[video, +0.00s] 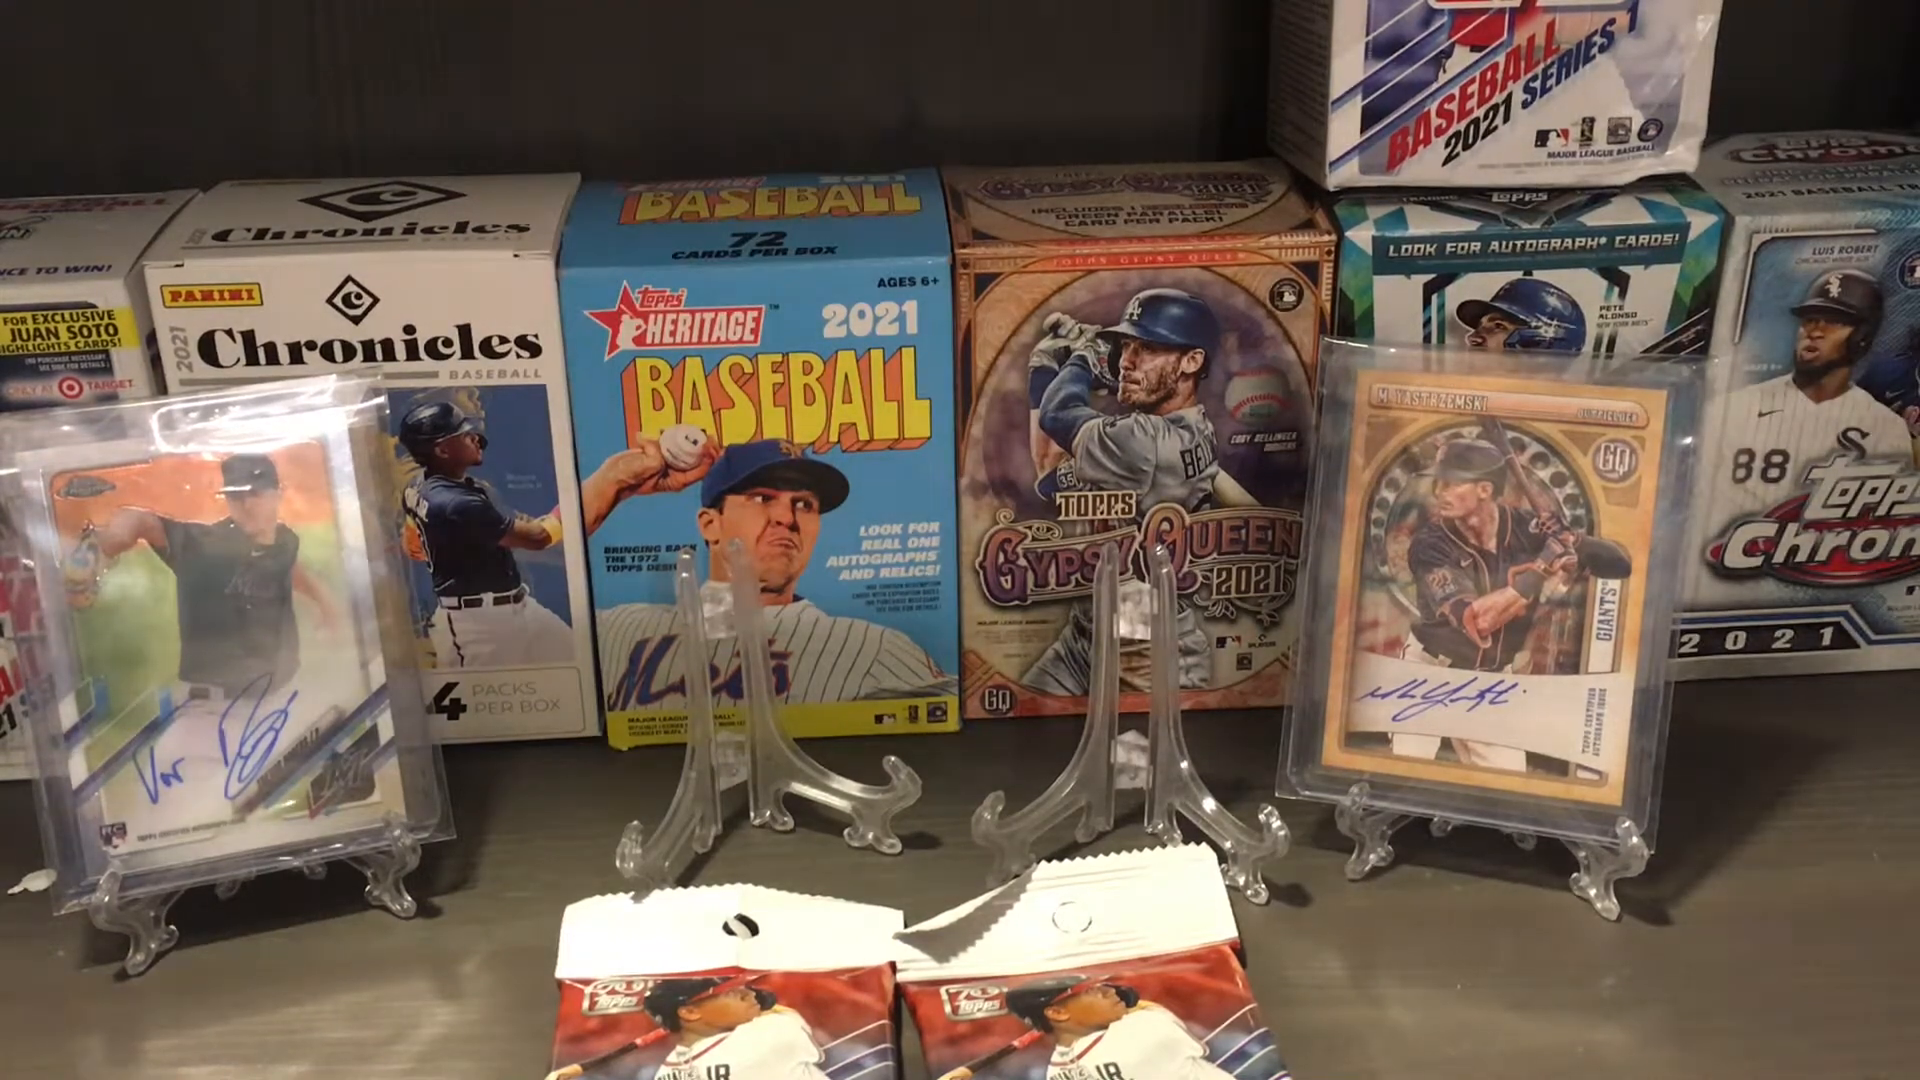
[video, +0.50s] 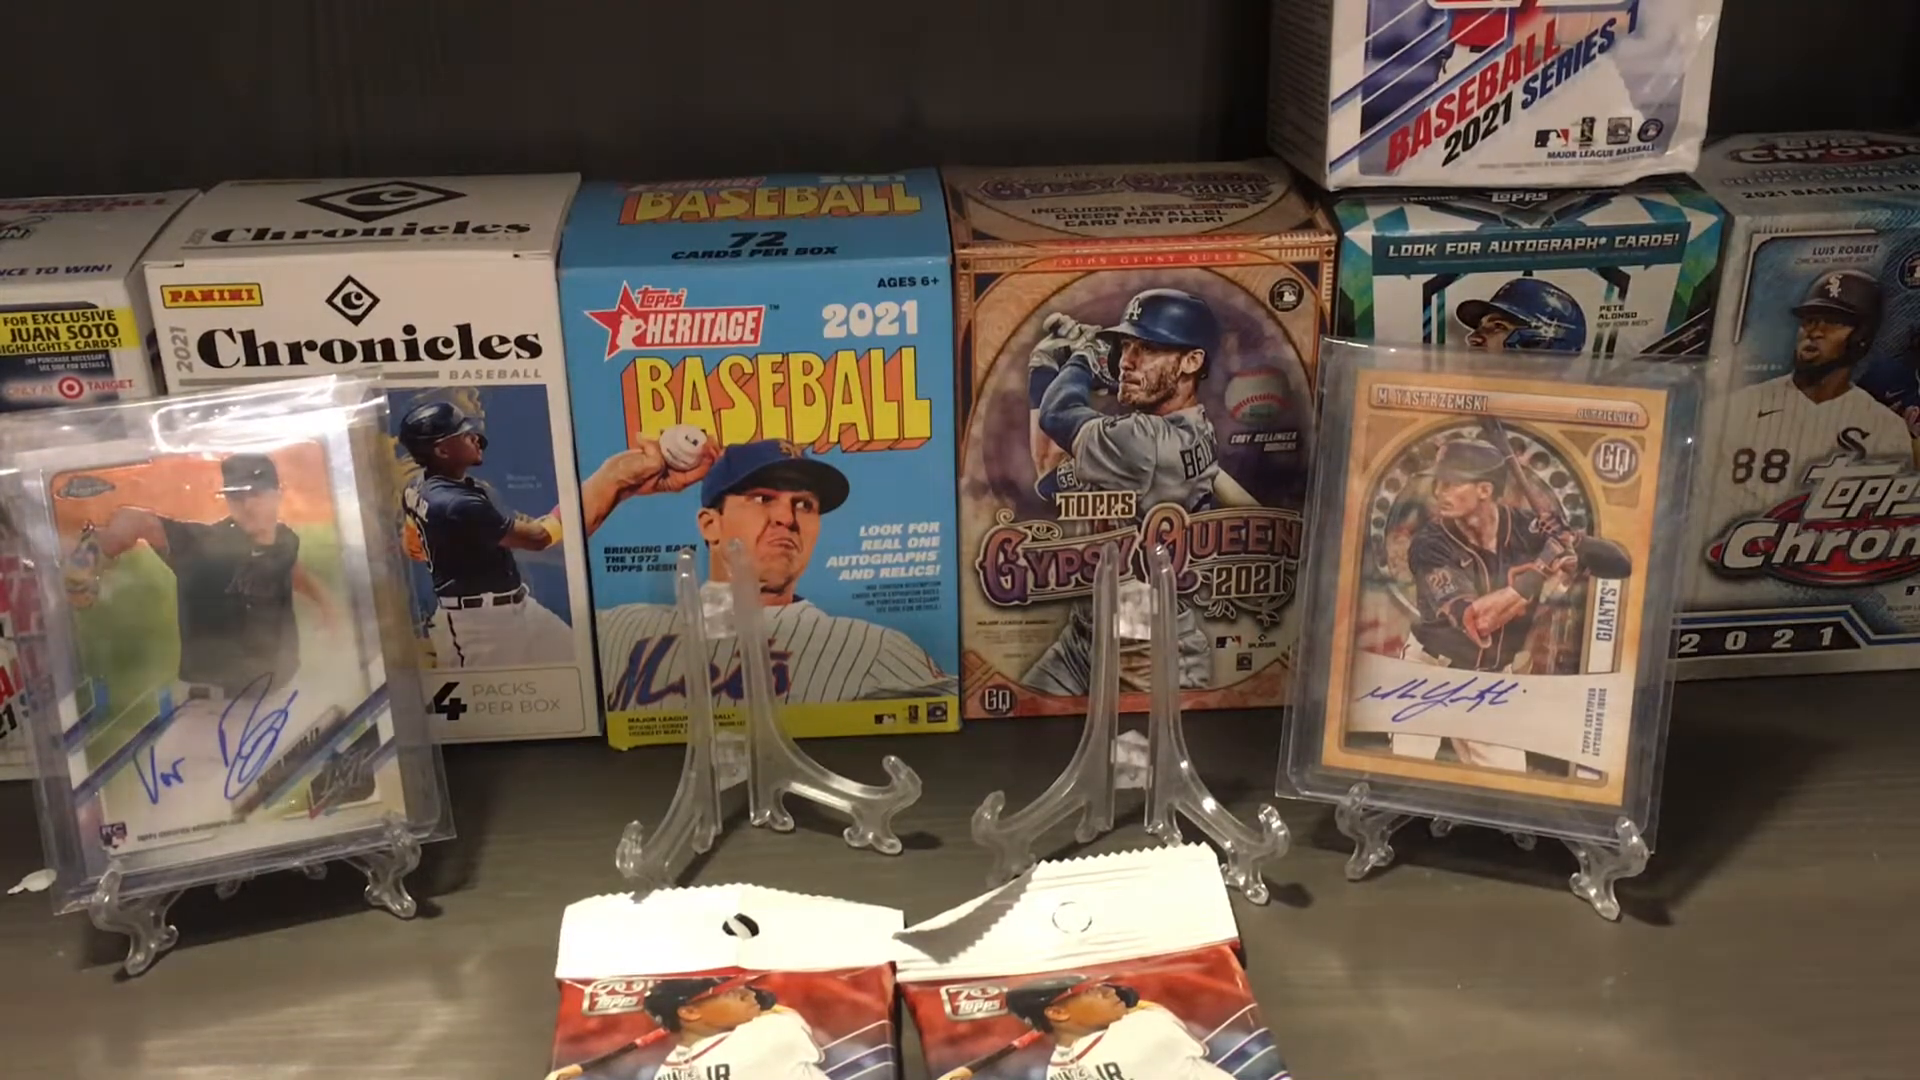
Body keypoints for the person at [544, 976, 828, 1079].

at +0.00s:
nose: (743, 993)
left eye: (733, 987)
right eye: (725, 993)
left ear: (690, 1015)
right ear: (691, 1014)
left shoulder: (667, 1071)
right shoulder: (778, 1034)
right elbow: (780, 1008)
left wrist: (577, 1071)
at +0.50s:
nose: (743, 992)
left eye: (733, 986)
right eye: (726, 992)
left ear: (690, 1015)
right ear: (691, 1014)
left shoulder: (666, 1071)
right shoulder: (778, 1034)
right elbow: (780, 1008)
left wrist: (576, 1072)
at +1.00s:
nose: (743, 993)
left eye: (733, 987)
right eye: (725, 993)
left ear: (690, 1015)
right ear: (692, 1014)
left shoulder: (666, 1071)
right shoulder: (778, 1034)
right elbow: (781, 1009)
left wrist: (576, 1072)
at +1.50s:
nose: (744, 993)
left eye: (734, 986)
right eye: (726, 993)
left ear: (690, 1015)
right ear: (691, 1014)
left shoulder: (666, 1072)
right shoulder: (778, 1034)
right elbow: (780, 1008)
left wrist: (579, 1071)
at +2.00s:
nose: (743, 992)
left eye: (733, 986)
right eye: (726, 992)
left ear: (690, 1015)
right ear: (692, 1014)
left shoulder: (666, 1071)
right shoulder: (779, 1033)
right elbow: (780, 1009)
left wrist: (580, 1071)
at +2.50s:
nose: (746, 993)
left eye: (737, 986)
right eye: (728, 993)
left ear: (689, 1015)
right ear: (691, 1015)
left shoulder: (664, 1072)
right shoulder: (779, 1033)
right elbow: (777, 1007)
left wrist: (578, 1072)